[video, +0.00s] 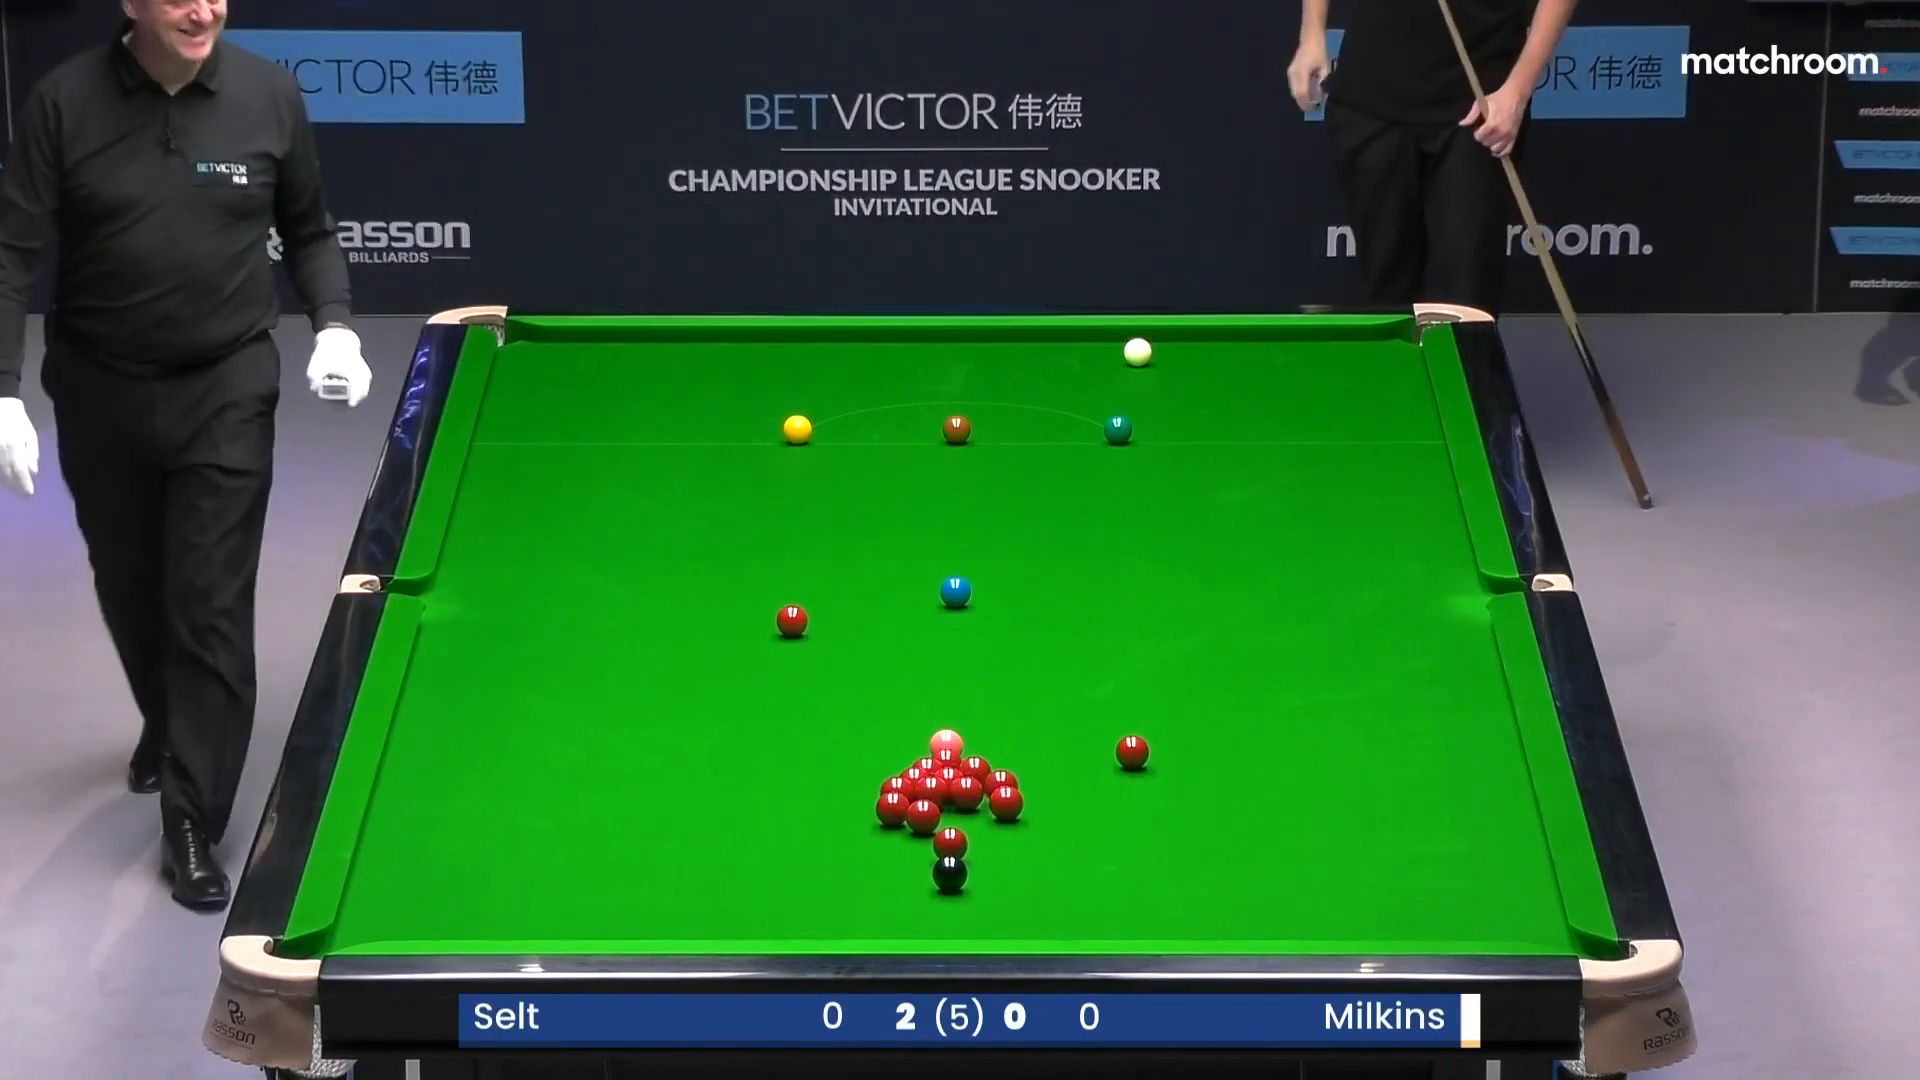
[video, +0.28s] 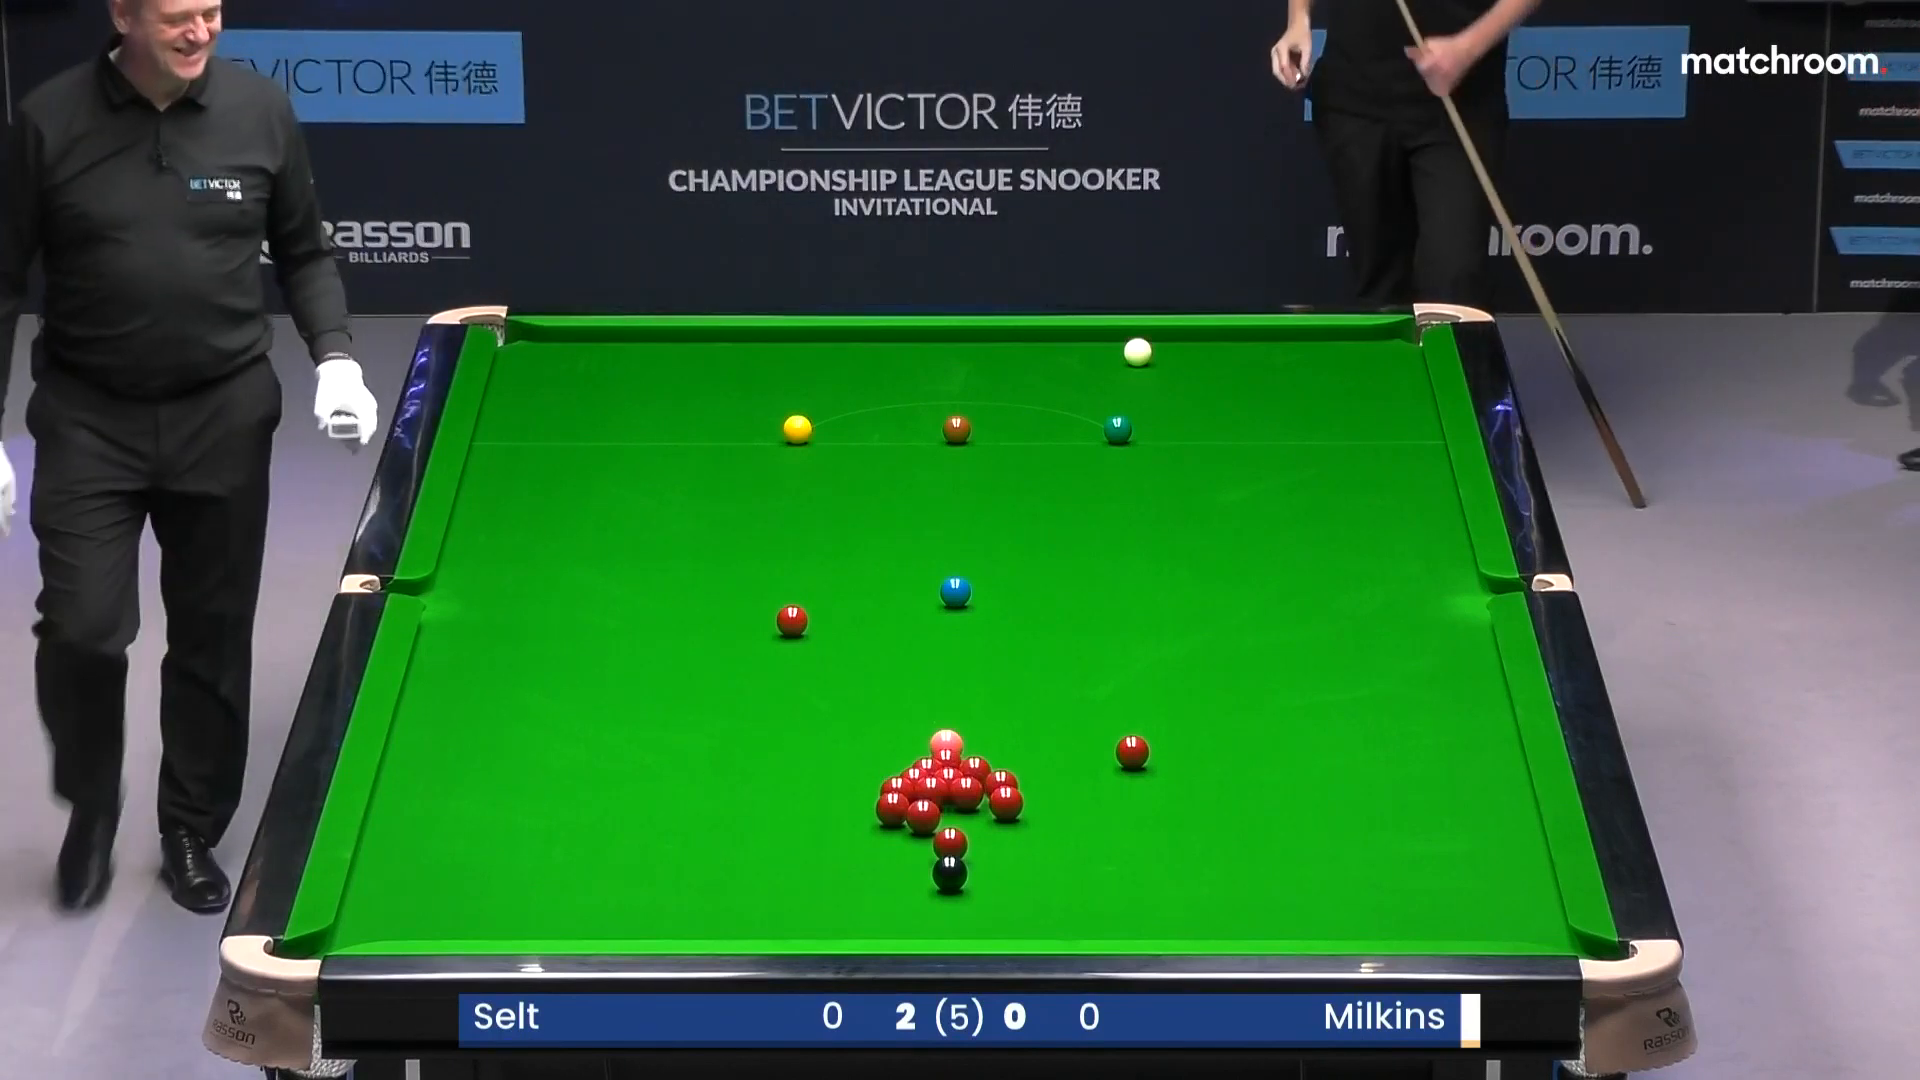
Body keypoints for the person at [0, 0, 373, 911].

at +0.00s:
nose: (205, 10)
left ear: (227, 4)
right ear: (135, 6)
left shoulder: (268, 96)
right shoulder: (61, 104)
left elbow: (309, 225)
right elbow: (14, 257)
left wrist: (336, 326)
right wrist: (5, 391)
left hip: (226, 382)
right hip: (99, 389)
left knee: (207, 605)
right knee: (129, 586)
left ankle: (194, 818)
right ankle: (163, 720)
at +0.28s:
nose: (199, 32)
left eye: (211, 14)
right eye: (179, 15)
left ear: (222, 16)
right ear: (123, 16)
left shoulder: (260, 109)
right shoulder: (45, 123)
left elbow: (307, 248)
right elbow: (8, 290)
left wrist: (336, 358)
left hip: (223, 415)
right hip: (86, 417)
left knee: (214, 637)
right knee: (81, 633)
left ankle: (191, 828)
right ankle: (89, 803)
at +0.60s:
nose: (173, 105)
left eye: (182, 84)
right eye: (151, 91)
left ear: (192, 70)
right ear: (89, 84)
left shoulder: (222, 169)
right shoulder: (18, 189)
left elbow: (269, 311)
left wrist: (330, 417)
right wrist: (0, 457)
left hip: (200, 483)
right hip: (63, 486)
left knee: (212, 695)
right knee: (83, 722)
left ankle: (190, 831)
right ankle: (78, 960)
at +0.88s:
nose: (184, 126)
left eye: (192, 106)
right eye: (164, 112)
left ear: (196, 96)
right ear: (96, 107)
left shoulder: (207, 182)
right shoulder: (18, 214)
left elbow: (248, 331)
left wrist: (324, 445)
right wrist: (17, 494)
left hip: (193, 514)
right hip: (55, 533)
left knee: (232, 723)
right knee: (63, 760)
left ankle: (175, 919)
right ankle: (76, 959)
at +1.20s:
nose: (264, 182)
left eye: (268, 161)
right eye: (245, 165)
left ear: (249, 148)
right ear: (173, 155)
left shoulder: (244, 238)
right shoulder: (79, 259)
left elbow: (256, 388)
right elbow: (67, 444)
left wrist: (328, 477)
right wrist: (198, 483)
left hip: (235, 575)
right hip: (109, 587)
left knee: (231, 823)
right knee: (99, 807)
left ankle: (218, 1031)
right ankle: (81, 980)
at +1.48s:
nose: (318, 198)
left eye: (323, 178)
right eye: (301, 180)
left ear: (260, 174)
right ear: (231, 171)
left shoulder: (260, 249)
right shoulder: (138, 280)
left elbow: (265, 422)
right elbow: (158, 470)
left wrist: (332, 509)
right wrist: (319, 488)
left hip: (268, 578)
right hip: (174, 592)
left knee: (286, 810)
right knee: (230, 829)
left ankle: (231, 1035)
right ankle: (141, 1044)